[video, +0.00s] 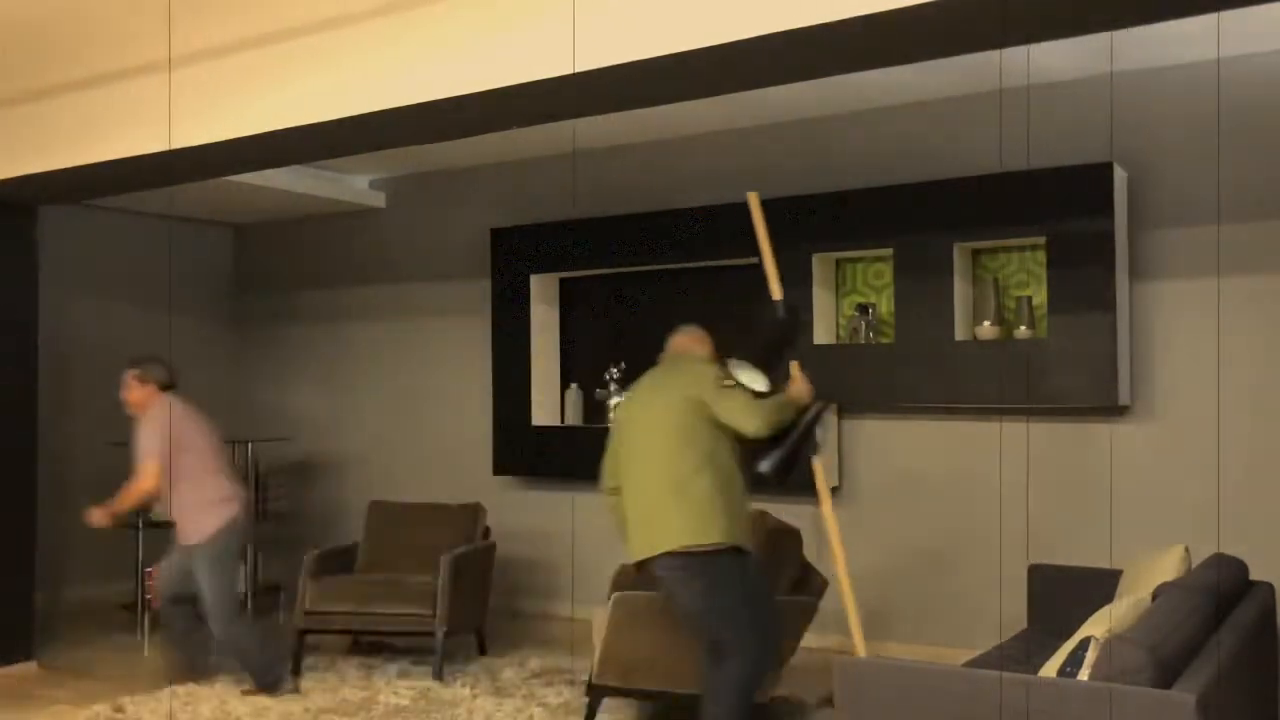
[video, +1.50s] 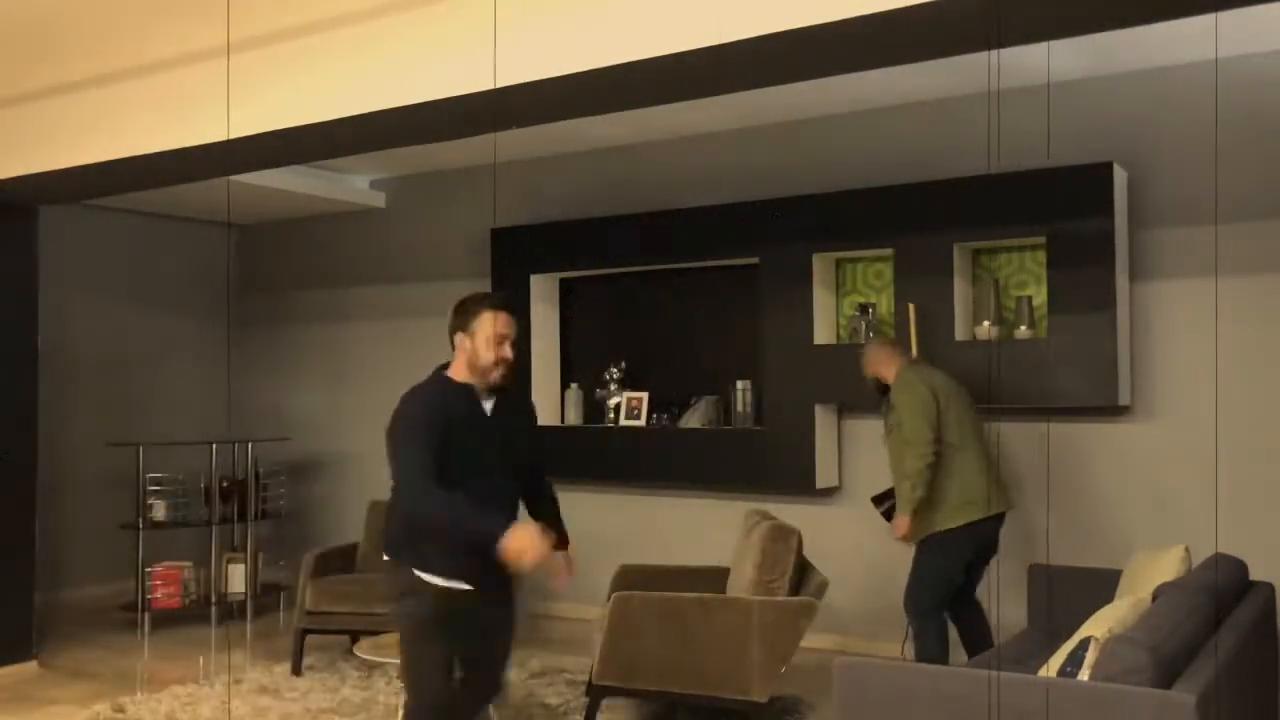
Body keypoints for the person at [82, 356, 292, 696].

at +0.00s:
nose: (123, 396)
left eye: (128, 387)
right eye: (123, 388)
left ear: (147, 386)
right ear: (151, 386)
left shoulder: (157, 413)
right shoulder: (175, 410)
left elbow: (149, 480)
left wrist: (109, 510)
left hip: (212, 525)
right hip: (214, 523)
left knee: (223, 620)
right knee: (166, 585)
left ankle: (272, 674)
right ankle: (193, 669)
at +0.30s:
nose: (103, 377)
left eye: (104, 367)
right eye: (96, 366)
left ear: (68, 365)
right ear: (64, 363)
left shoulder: (67, 416)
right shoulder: (28, 416)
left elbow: (97, 458)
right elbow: (37, 506)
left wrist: (161, 458)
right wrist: (112, 537)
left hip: (51, 559)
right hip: (16, 564)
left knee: (87, 647)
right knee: (68, 646)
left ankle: (90, 712)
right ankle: (16, 707)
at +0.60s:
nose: (306, 409)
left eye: (307, 399)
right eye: (306, 399)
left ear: (260, 390)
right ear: (289, 393)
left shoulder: (226, 428)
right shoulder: (275, 429)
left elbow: (237, 522)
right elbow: (339, 476)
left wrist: (302, 559)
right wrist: (411, 495)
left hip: (180, 575)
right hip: (218, 570)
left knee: (277, 641)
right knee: (310, 637)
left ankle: (272, 712)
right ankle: (276, 712)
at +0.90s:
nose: (426, 475)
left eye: (426, 469)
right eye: (424, 469)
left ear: (384, 459)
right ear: (416, 466)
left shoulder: (347, 474)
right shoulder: (417, 488)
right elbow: (422, 566)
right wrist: (438, 627)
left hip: (277, 581)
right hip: (349, 585)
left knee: (303, 638)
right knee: (418, 654)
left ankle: (281, 714)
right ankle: (435, 713)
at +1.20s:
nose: (500, 432)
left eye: (503, 423)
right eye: (499, 421)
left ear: (458, 412)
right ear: (475, 417)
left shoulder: (407, 433)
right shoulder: (469, 461)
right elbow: (478, 541)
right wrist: (486, 603)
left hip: (322, 573)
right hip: (379, 584)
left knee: (346, 640)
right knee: (457, 641)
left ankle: (297, 712)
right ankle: (452, 712)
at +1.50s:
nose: (509, 355)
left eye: (513, 344)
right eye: (498, 342)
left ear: (515, 345)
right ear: (461, 341)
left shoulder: (514, 408)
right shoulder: (420, 408)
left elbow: (533, 480)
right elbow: (417, 497)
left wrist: (556, 537)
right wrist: (499, 535)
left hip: (489, 582)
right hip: (426, 584)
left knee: (483, 686)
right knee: (430, 699)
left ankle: (443, 714)